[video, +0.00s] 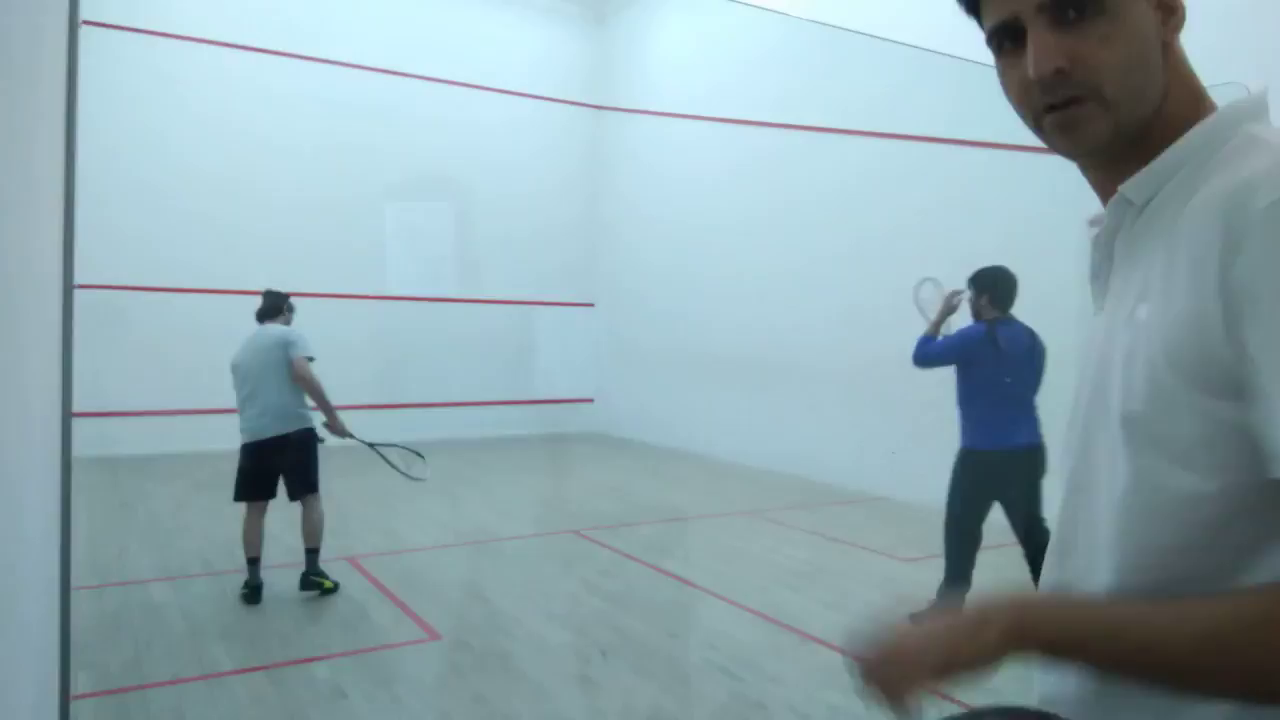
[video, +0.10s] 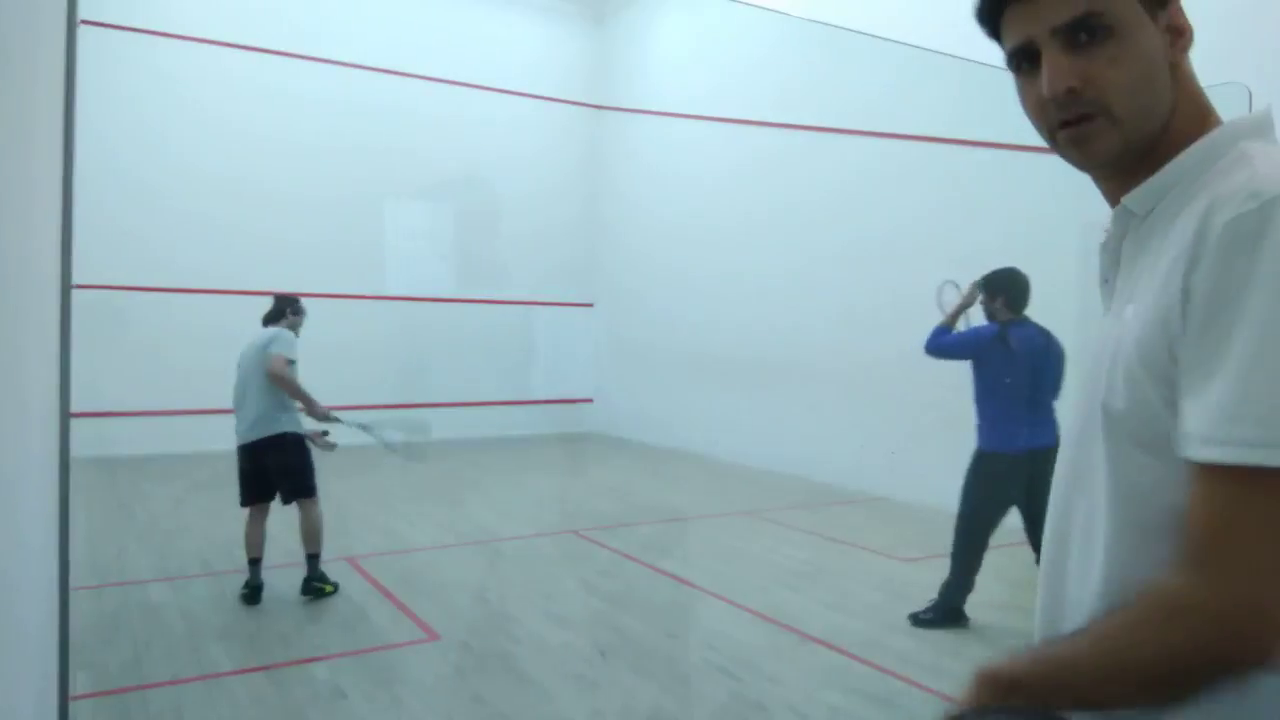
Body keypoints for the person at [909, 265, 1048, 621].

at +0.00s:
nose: (970, 302)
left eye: (974, 297)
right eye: (972, 297)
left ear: (983, 299)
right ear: (1009, 300)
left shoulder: (972, 339)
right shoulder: (1031, 340)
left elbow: (922, 356)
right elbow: (1028, 389)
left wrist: (941, 316)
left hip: (981, 454)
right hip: (1025, 452)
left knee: (962, 530)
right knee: (1030, 527)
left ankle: (950, 604)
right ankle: (1061, 600)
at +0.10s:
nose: (985, 305)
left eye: (987, 300)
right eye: (986, 300)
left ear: (998, 301)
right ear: (1022, 301)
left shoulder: (986, 339)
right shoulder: (1049, 342)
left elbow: (935, 344)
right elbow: (1051, 392)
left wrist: (959, 310)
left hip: (998, 455)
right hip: (1042, 454)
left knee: (971, 532)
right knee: (1049, 538)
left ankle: (951, 606)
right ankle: (1073, 608)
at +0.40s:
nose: (1013, 295)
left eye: (1019, 290)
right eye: (1015, 289)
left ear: (1039, 297)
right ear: (1053, 300)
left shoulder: (1014, 334)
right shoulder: (1085, 341)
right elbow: (1108, 396)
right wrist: (1073, 409)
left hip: (1020, 459)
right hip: (1069, 460)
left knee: (1003, 533)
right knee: (1070, 541)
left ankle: (984, 608)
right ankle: (1066, 633)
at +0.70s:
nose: (967, 300)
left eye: (974, 294)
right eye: (969, 293)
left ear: (995, 299)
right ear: (1002, 300)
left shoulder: (976, 335)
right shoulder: (1028, 336)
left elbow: (963, 387)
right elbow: (1038, 386)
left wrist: (943, 426)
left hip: (976, 451)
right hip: (1019, 452)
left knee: (972, 532)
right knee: (1026, 530)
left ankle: (976, 605)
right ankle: (1054, 603)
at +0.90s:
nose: (968, 300)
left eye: (972, 294)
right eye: (970, 293)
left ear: (986, 299)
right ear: (1006, 301)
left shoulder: (962, 334)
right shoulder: (1030, 341)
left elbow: (939, 378)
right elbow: (1048, 390)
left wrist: (919, 415)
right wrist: (1010, 394)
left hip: (966, 449)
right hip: (1011, 451)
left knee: (969, 528)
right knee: (1012, 527)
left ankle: (976, 603)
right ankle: (1023, 605)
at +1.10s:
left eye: (1005, 297)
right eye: (1033, 297)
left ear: (1003, 299)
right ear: (1038, 301)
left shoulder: (980, 338)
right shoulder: (1055, 346)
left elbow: (959, 390)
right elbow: (1071, 405)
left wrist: (952, 425)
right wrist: (1080, 453)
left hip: (987, 454)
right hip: (1035, 456)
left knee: (977, 527)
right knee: (1029, 534)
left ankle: (978, 599)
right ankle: (1017, 610)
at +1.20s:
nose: (1007, 306)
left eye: (1008, 300)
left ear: (1011, 302)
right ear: (1045, 305)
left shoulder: (986, 339)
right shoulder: (1062, 348)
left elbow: (956, 387)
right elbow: (1079, 405)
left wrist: (950, 431)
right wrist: (1089, 455)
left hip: (989, 454)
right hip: (1037, 458)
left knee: (981, 520)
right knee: (1031, 536)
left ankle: (973, 594)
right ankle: (1016, 612)